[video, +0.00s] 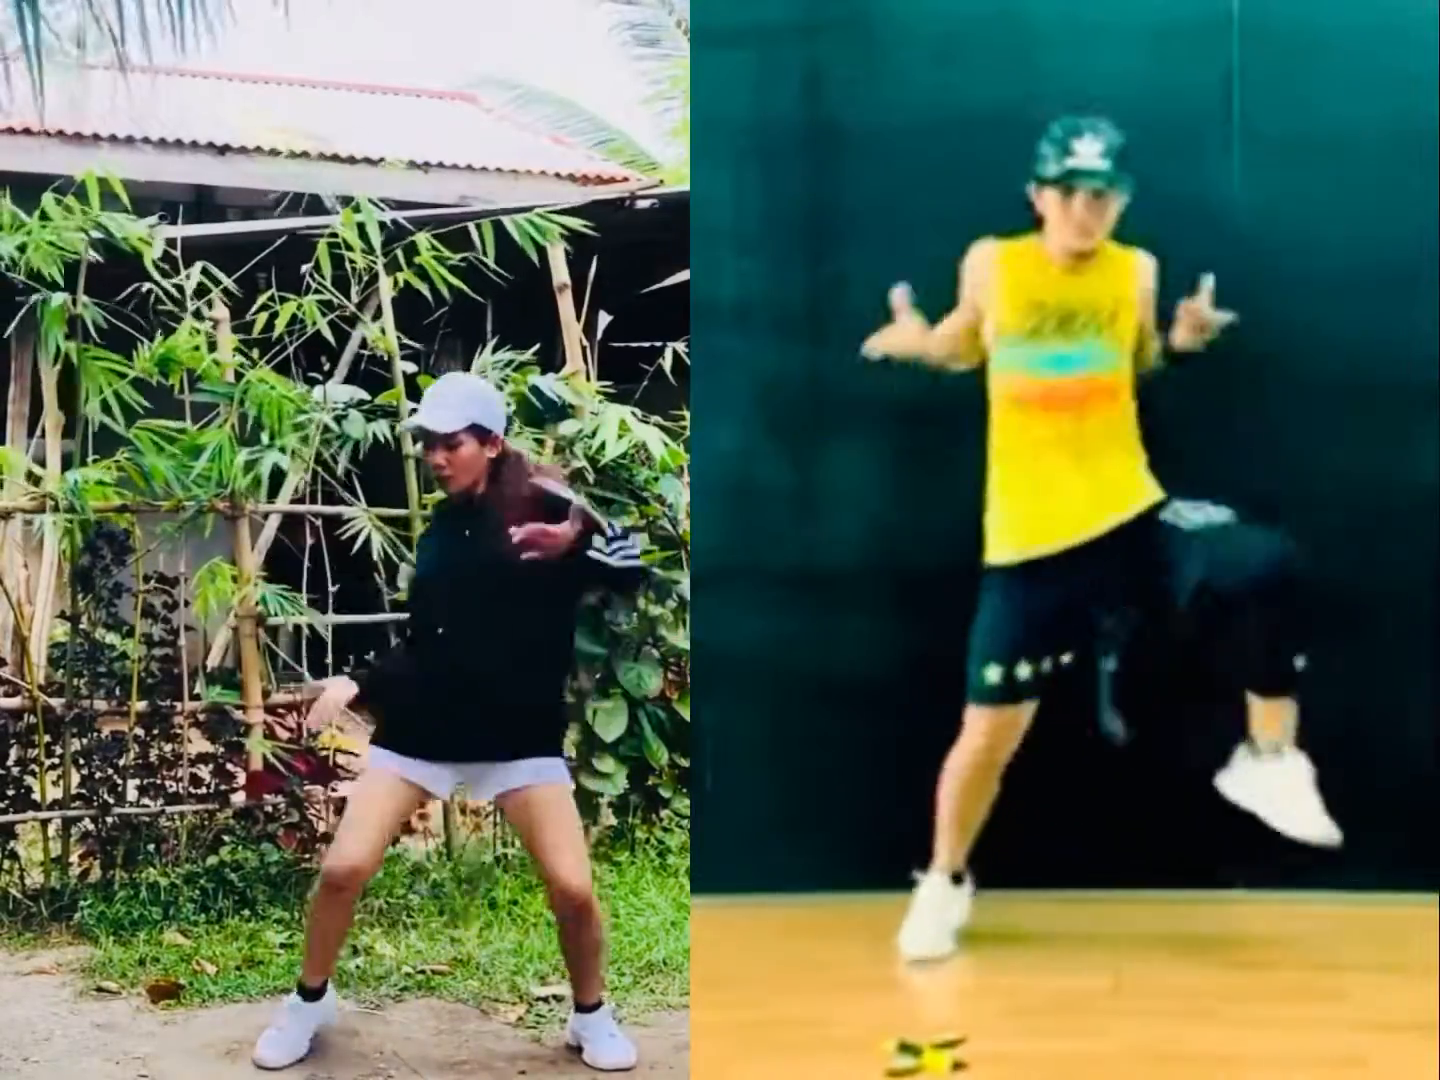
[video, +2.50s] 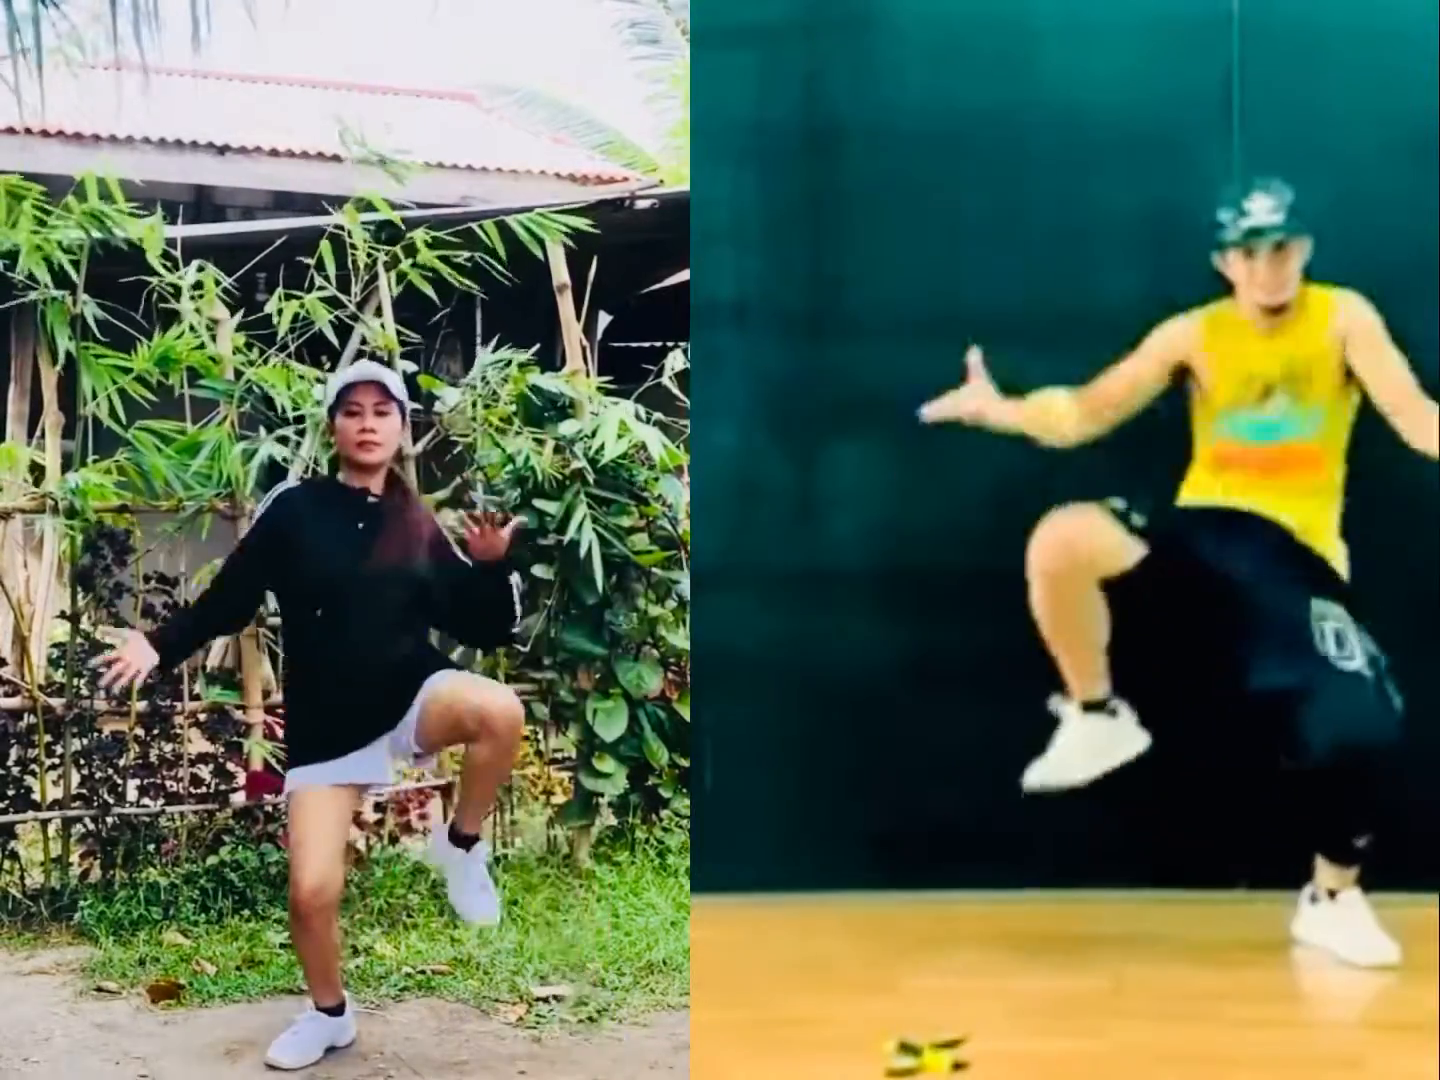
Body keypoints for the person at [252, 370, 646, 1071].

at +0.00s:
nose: (435, 457)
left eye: (449, 443)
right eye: (429, 443)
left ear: (492, 443)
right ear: (424, 446)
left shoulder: (545, 504)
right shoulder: (443, 530)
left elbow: (632, 567)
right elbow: (427, 646)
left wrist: (580, 535)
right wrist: (354, 687)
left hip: (521, 739)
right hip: (417, 733)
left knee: (574, 891)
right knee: (341, 871)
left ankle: (592, 1016)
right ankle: (308, 1002)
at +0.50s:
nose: (340, 409)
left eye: (356, 396)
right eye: (327, 395)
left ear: (381, 408)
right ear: (310, 404)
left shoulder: (403, 486)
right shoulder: (275, 500)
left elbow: (441, 576)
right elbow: (250, 600)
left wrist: (481, 593)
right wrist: (237, 633)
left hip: (397, 680)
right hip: (303, 706)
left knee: (516, 738)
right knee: (297, 867)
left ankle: (445, 851)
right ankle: (310, 1008)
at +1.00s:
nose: (391, 443)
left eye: (406, 431)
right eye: (376, 430)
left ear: (427, 446)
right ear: (356, 444)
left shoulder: (457, 534)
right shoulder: (316, 536)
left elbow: (478, 642)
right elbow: (259, 615)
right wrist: (272, 628)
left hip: (457, 738)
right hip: (347, 743)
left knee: (535, 876)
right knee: (287, 885)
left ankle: (590, 996)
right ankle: (310, 1010)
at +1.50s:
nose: (506, 432)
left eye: (520, 419)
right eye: (490, 422)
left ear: (545, 433)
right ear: (476, 440)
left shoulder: (583, 521)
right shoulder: (457, 525)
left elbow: (622, 611)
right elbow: (409, 618)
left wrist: (640, 647)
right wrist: (357, 574)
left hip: (577, 728)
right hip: (488, 707)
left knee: (581, 896)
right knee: (365, 721)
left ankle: (586, 1010)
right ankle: (404, 866)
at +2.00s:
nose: (429, 465)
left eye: (445, 454)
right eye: (416, 453)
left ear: (468, 472)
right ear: (399, 470)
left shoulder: (494, 559)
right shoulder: (365, 557)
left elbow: (538, 683)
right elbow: (294, 638)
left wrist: (542, 664)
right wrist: (226, 613)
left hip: (510, 767)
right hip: (405, 771)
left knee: (559, 910)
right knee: (330, 900)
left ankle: (585, 1011)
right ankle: (326, 1015)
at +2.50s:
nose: (367, 424)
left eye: (383, 412)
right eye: (352, 411)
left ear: (403, 429)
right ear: (333, 428)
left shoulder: (416, 522)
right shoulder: (295, 510)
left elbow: (486, 627)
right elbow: (229, 599)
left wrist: (491, 568)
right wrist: (159, 644)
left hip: (409, 697)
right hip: (323, 728)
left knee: (501, 712)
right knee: (310, 895)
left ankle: (463, 843)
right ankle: (330, 1012)